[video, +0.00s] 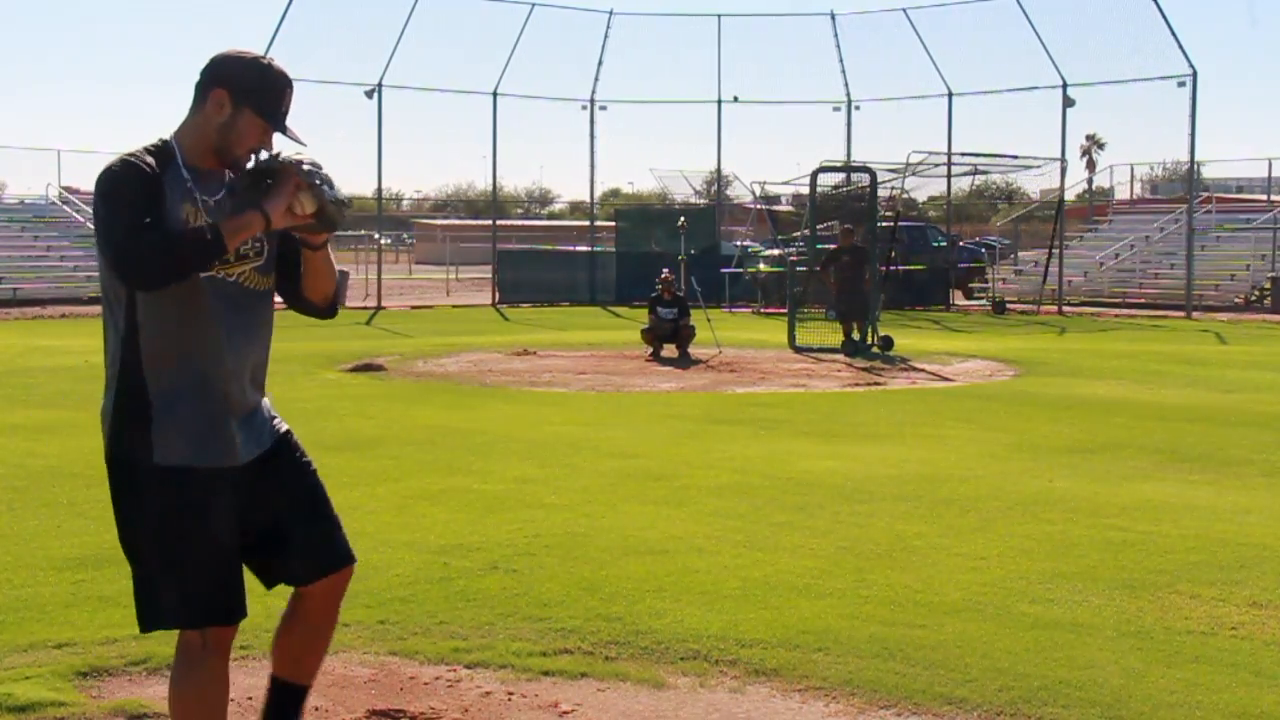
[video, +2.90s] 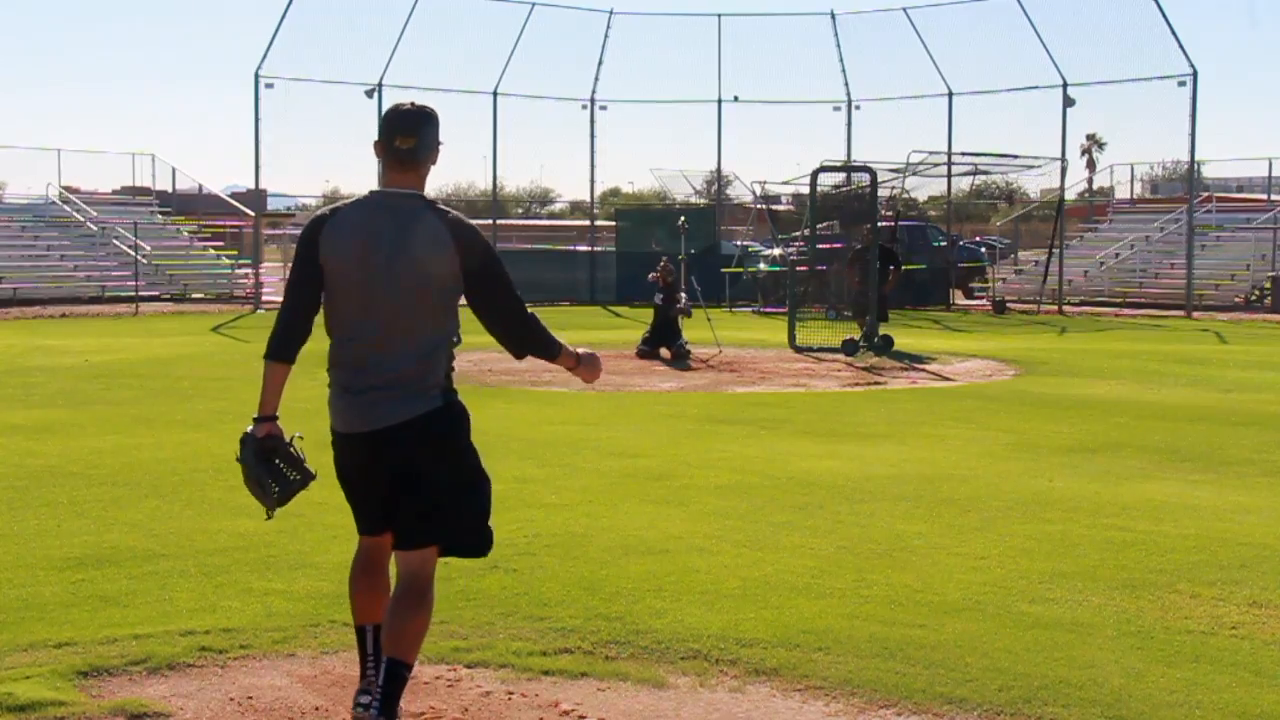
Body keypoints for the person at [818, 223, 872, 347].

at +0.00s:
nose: (845, 239)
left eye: (848, 236)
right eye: (843, 236)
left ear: (853, 237)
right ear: (840, 237)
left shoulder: (861, 251)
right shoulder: (835, 252)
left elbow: (871, 267)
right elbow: (823, 269)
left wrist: (868, 280)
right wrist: (830, 284)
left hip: (859, 287)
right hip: (842, 288)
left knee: (861, 317)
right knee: (845, 318)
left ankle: (862, 340)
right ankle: (848, 341)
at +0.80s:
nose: (863, 238)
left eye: (866, 235)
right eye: (861, 235)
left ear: (870, 236)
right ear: (856, 237)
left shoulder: (877, 251)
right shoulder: (851, 252)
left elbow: (889, 266)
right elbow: (839, 267)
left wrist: (886, 282)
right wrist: (845, 281)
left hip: (873, 287)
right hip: (856, 287)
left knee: (873, 317)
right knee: (853, 316)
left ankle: (872, 343)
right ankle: (849, 340)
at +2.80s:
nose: (867, 238)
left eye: (870, 235)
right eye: (865, 235)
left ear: (876, 236)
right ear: (863, 237)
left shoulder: (885, 251)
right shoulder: (859, 252)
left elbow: (897, 266)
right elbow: (848, 267)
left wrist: (890, 284)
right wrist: (854, 282)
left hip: (878, 288)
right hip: (861, 288)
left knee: (876, 317)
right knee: (857, 315)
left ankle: (874, 339)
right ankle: (862, 337)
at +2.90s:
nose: (867, 237)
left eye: (870, 234)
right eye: (865, 234)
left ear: (876, 236)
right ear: (863, 236)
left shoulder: (885, 251)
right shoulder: (858, 252)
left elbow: (897, 266)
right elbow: (850, 267)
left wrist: (890, 284)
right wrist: (854, 281)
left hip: (878, 287)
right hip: (862, 287)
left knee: (876, 315)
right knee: (858, 314)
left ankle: (875, 337)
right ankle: (866, 336)